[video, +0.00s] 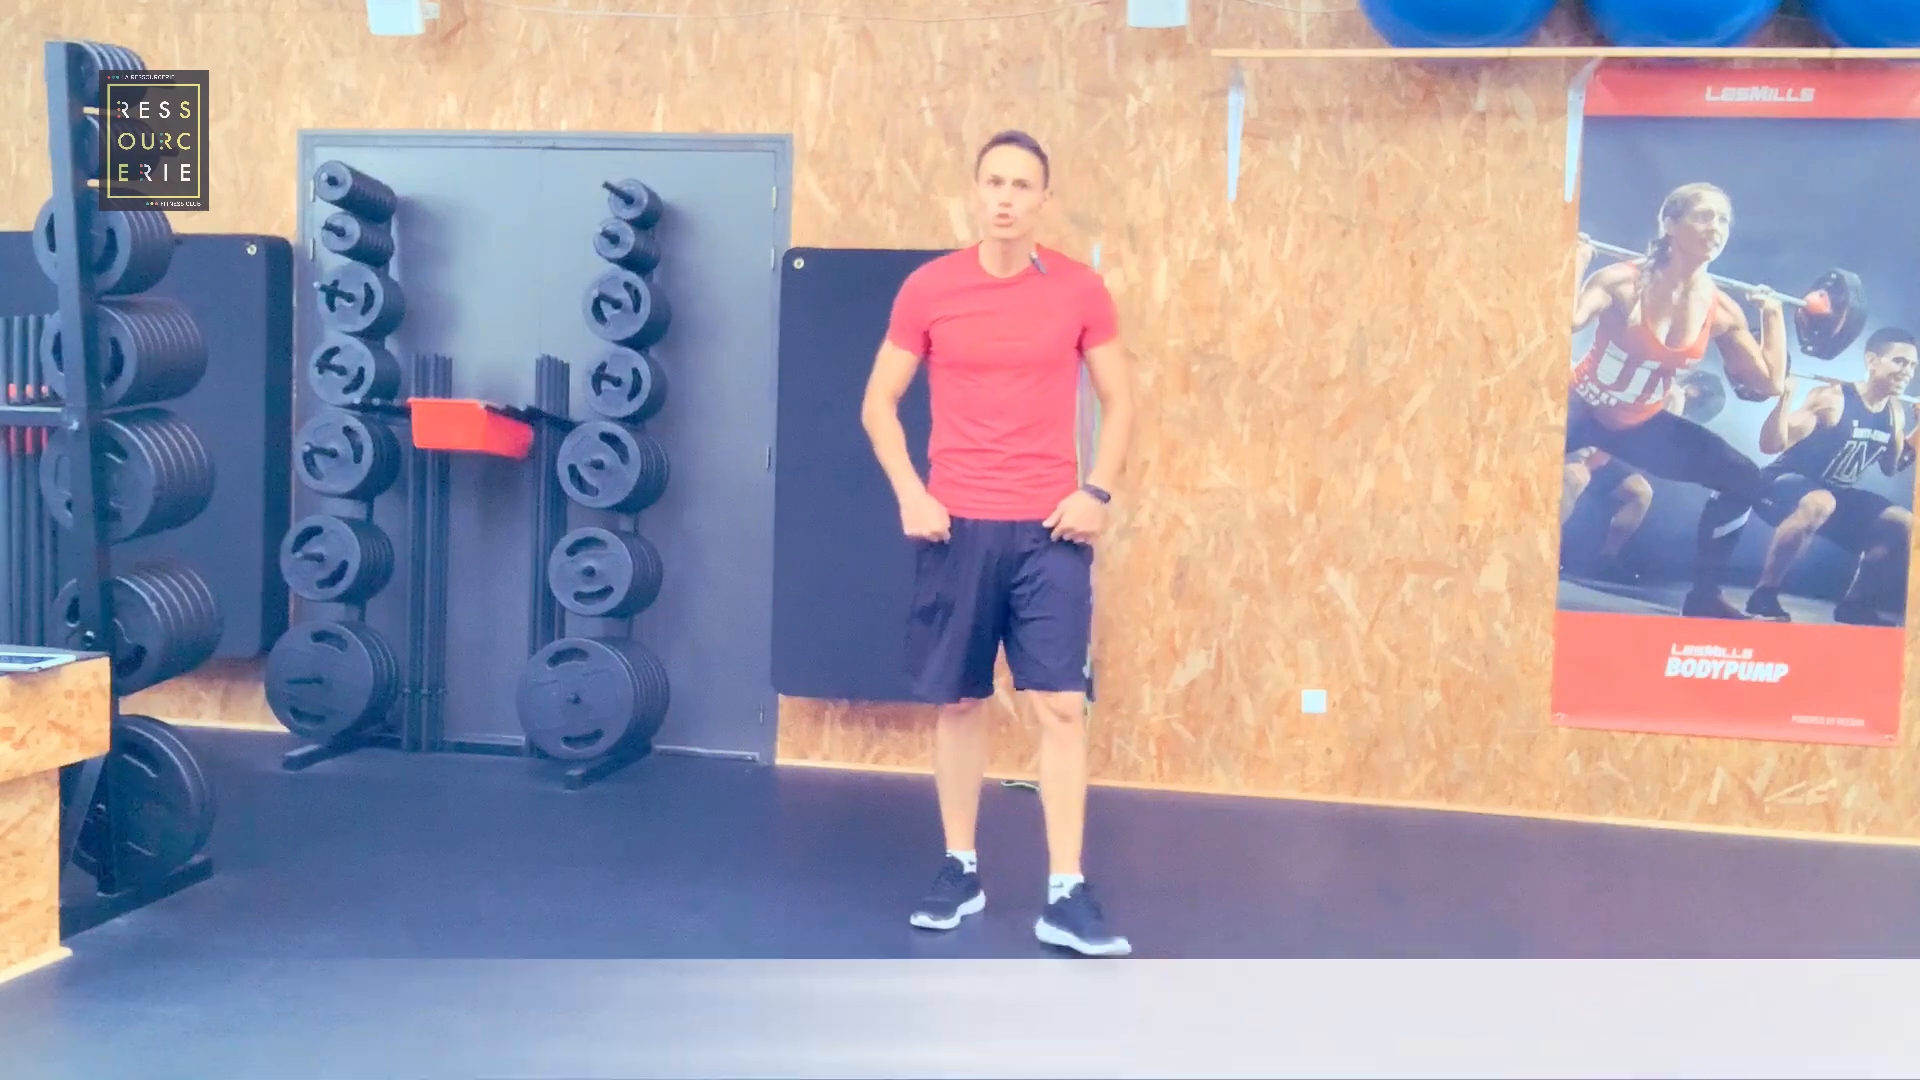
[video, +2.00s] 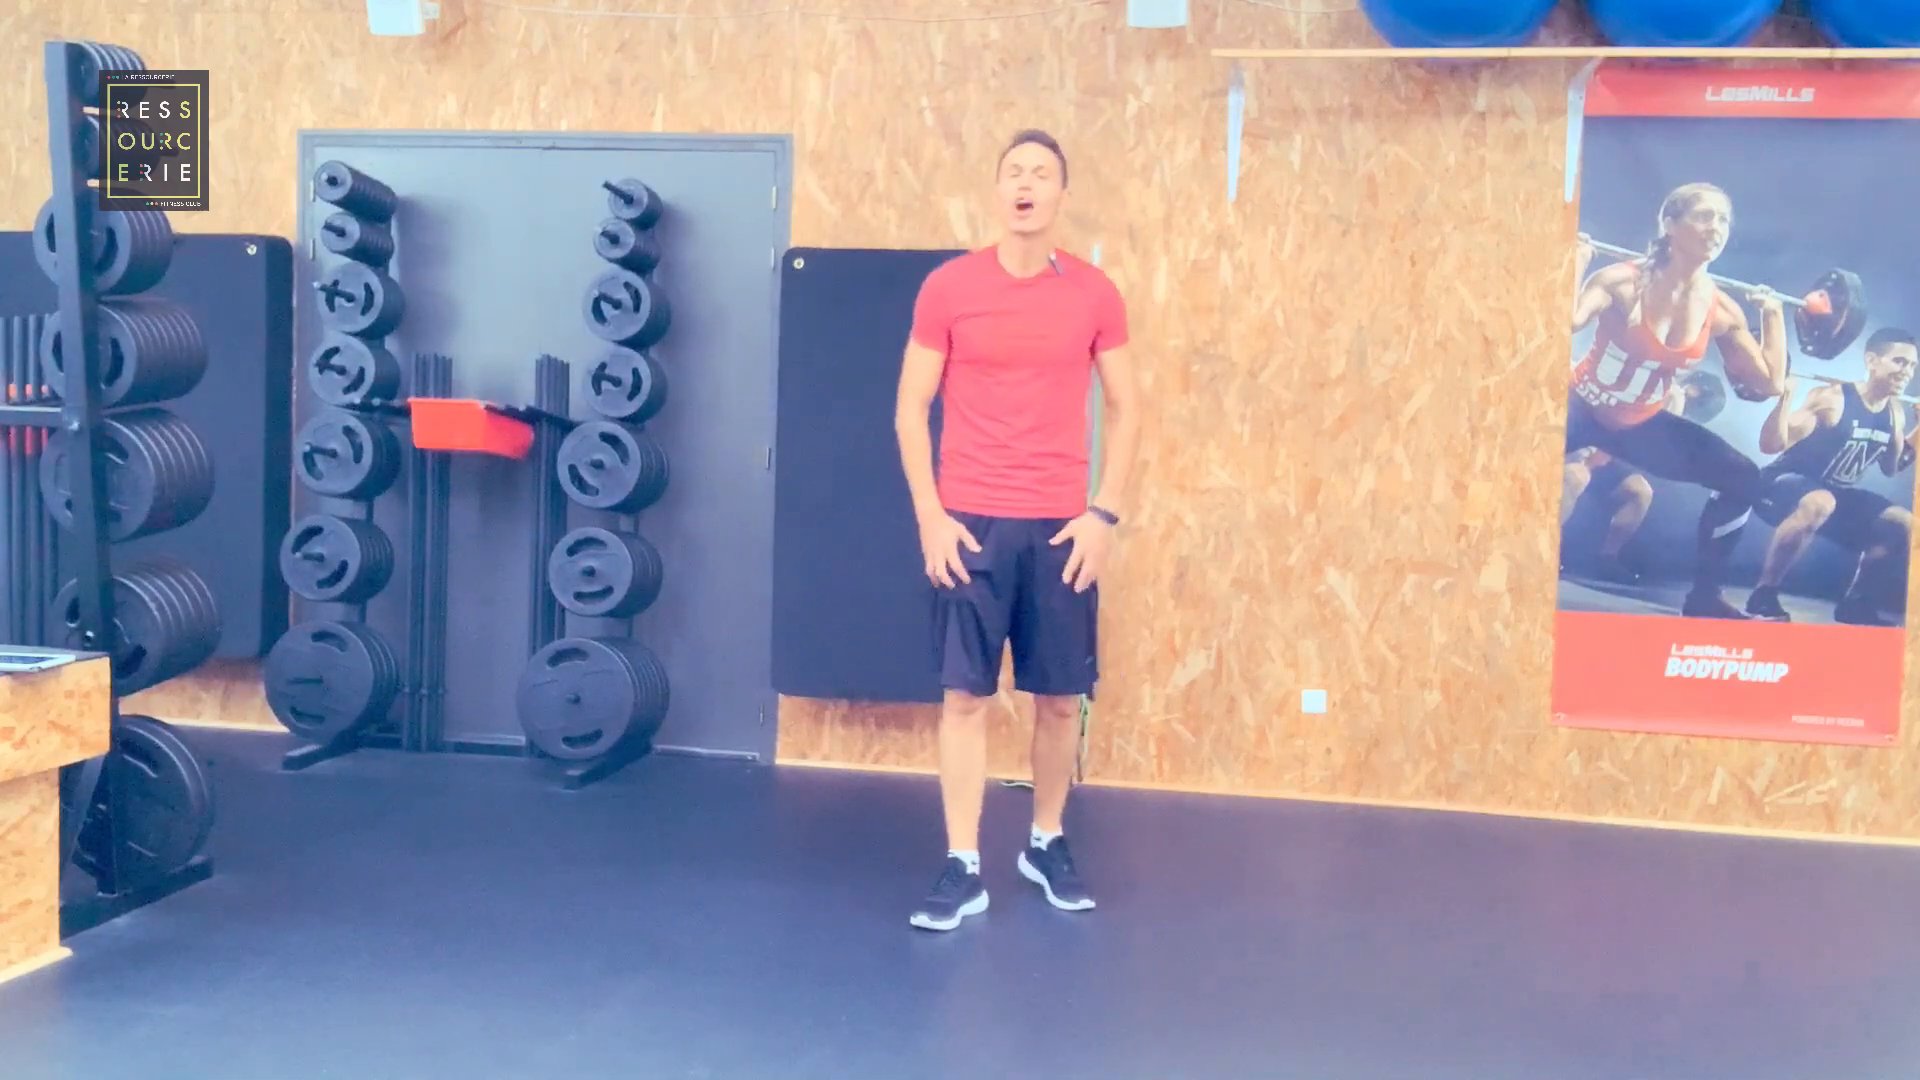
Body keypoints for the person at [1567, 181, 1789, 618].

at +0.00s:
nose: (1716, 228)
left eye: (1724, 220)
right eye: (1704, 216)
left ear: (1729, 233)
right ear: (1670, 224)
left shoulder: (1721, 310)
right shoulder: (1620, 279)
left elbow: (1769, 385)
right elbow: (1558, 326)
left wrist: (1773, 312)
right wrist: (1572, 268)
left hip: (1645, 425)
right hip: (1579, 409)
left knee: (1742, 478)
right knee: (1510, 452)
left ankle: (1705, 597)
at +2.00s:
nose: (1717, 228)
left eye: (1724, 220)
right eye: (1705, 216)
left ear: (1728, 233)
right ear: (1670, 224)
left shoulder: (1722, 311)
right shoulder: (1620, 279)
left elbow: (1769, 386)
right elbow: (1558, 325)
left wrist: (1773, 313)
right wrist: (1572, 269)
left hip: (1645, 425)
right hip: (1579, 410)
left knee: (1742, 477)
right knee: (1514, 450)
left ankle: (1705, 597)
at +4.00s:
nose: (1716, 228)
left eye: (1724, 220)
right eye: (1704, 216)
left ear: (1728, 232)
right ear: (1670, 224)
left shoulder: (1722, 311)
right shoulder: (1620, 279)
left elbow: (1769, 386)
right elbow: (1559, 325)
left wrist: (1773, 313)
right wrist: (1572, 268)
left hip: (1644, 425)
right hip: (1579, 410)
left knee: (1742, 478)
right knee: (1510, 453)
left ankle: (1705, 598)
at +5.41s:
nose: (1716, 228)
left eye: (1724, 220)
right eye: (1704, 216)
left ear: (1728, 233)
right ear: (1671, 224)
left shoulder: (1722, 311)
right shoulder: (1620, 280)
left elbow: (1770, 385)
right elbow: (1557, 327)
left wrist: (1773, 312)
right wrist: (1572, 269)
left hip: (1645, 424)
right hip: (1579, 409)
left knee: (1741, 477)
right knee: (1513, 451)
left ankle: (1705, 597)